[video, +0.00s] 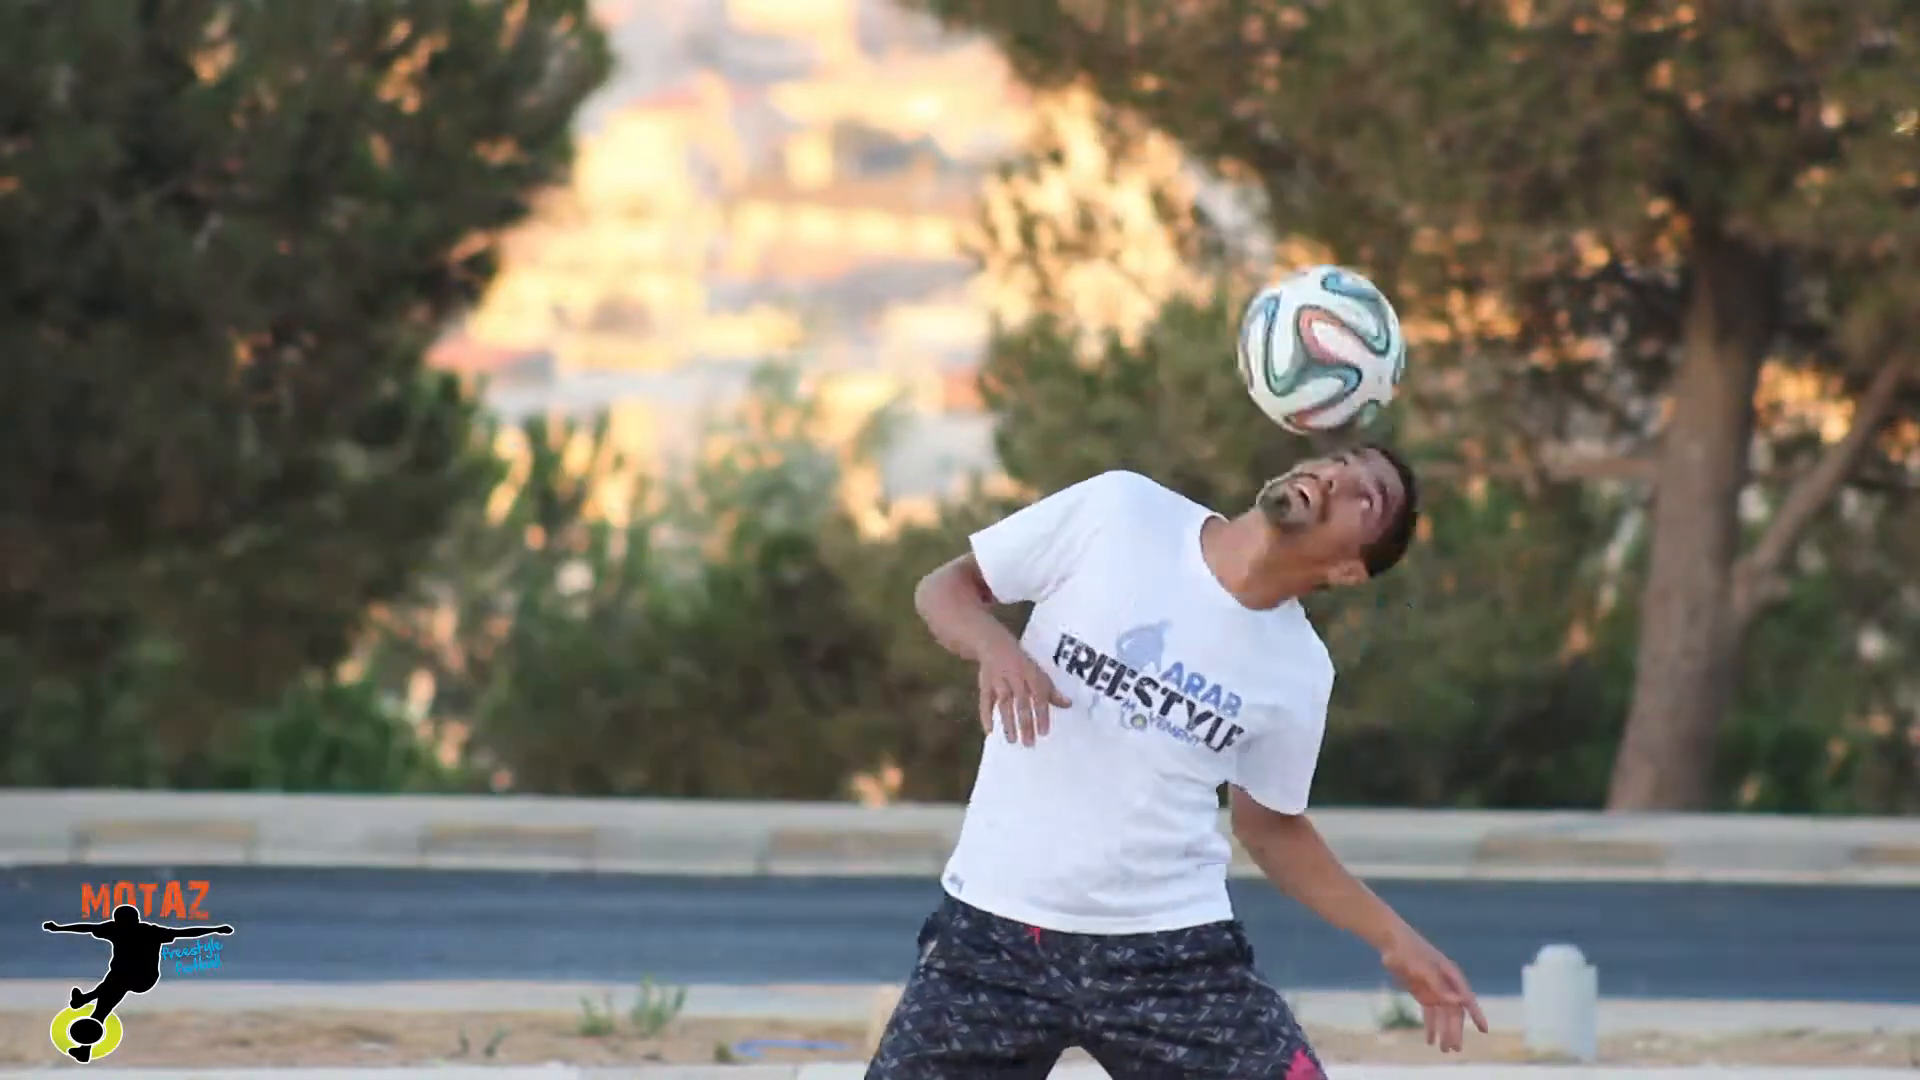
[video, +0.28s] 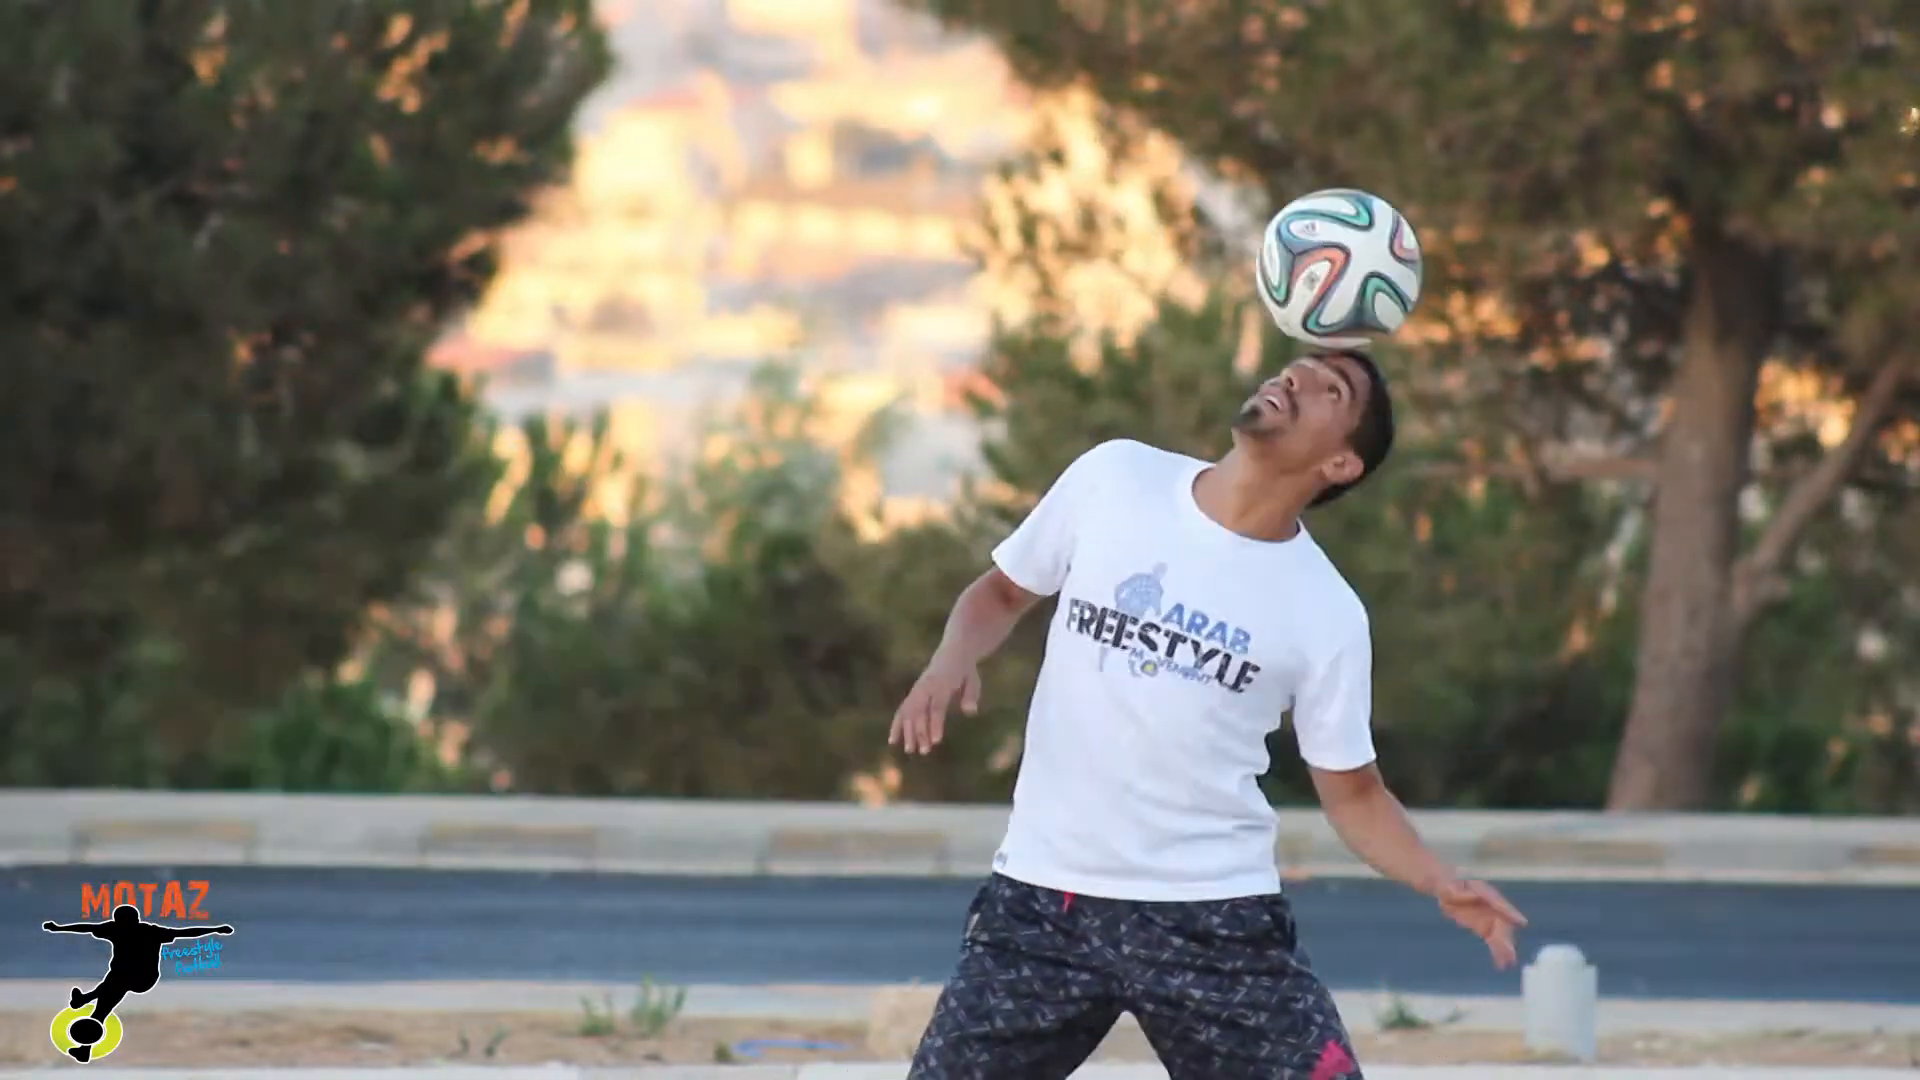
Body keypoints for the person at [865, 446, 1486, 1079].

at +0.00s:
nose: (1331, 474)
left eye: (1365, 494)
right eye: (1338, 461)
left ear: (1347, 570)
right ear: (1291, 474)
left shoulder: (1298, 672)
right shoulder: (1115, 508)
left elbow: (1270, 823)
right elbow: (942, 589)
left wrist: (1394, 940)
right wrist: (993, 643)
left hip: (1174, 967)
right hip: (987, 947)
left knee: (1296, 1072)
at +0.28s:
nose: (1293, 376)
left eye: (1332, 388)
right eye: (1298, 366)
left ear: (1342, 466)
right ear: (1257, 395)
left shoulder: (1326, 615)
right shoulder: (1111, 476)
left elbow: (1354, 792)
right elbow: (1006, 588)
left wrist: (1440, 880)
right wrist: (954, 653)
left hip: (1215, 933)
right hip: (1039, 913)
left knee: (1325, 1073)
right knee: (944, 1072)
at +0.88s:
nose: (1267, 398)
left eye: (1282, 385)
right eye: (1245, 410)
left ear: (1346, 408)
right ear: (1255, 477)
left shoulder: (1493, 502)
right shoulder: (1263, 590)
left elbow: (1622, 623)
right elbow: (1262, 772)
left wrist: (1691, 679)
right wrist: (1161, 816)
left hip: (1485, 943)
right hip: (1304, 945)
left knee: (1581, 1073)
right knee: (1190, 1077)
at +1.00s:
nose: (1375, 329)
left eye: (1403, 327)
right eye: (1354, 326)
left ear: (1442, 391)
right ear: (1327, 387)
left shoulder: (1509, 524)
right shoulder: (1254, 510)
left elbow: (1608, 686)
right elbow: (1170, 660)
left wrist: (1767, 741)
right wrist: (1117, 724)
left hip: (1442, 926)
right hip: (1258, 920)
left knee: (1543, 1074)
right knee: (1161, 1072)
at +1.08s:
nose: (1414, 336)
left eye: (1446, 335)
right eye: (1400, 329)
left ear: (1482, 402)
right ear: (1367, 383)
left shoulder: (1518, 543)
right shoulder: (1276, 492)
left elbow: (1591, 706)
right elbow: (1160, 613)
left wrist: (1755, 792)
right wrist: (1109, 681)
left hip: (1432, 924)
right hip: (1252, 911)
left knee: (1530, 1069)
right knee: (1163, 1068)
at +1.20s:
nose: (1528, 411)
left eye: (1565, 419)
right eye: (1523, 395)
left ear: (1578, 495)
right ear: (1478, 424)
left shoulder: (1567, 603)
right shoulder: (1344, 493)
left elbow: (1590, 744)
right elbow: (1197, 555)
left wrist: (1722, 863)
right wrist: (1135, 635)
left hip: (1457, 939)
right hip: (1270, 926)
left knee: (1558, 1068)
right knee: (1177, 1069)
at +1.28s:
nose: (1586, 511)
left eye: (1618, 527)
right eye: (1596, 487)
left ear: (1620, 588)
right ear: (1557, 484)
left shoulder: (1595, 652)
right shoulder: (1392, 522)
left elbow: (1602, 756)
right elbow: (1243, 532)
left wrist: (1723, 865)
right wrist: (1153, 638)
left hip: (1475, 943)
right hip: (1291, 930)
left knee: (1591, 1069)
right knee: (1198, 1068)